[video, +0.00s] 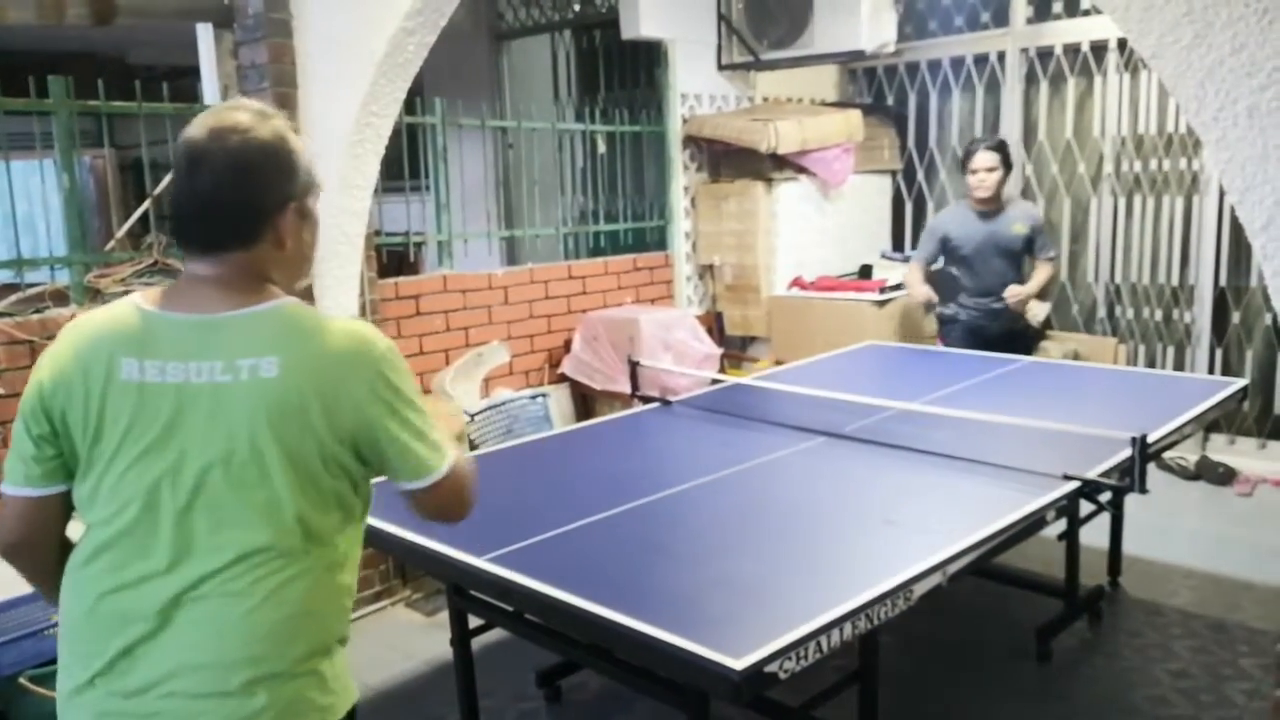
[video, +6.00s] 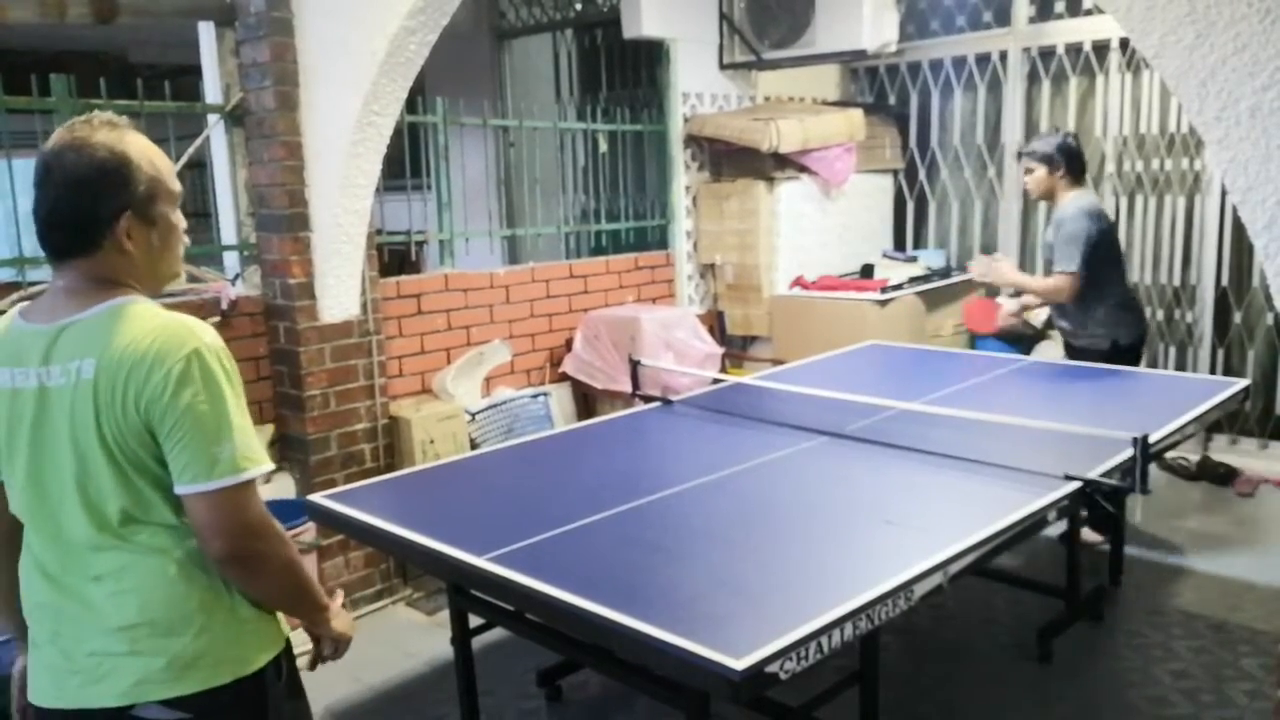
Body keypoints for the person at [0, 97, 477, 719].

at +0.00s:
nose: (315, 223)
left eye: (313, 204)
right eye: (311, 206)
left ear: (183, 215)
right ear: (287, 223)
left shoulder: (83, 346)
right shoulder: (345, 353)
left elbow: (23, 533)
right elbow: (449, 501)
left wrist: (99, 603)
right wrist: (448, 425)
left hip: (101, 697)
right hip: (276, 697)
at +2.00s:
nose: (243, 253)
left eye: (242, 234)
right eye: (236, 233)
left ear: (114, 241)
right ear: (198, 239)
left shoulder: (24, 360)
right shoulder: (255, 355)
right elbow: (292, 544)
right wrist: (355, 576)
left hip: (64, 693)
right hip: (232, 689)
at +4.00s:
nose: (276, 207)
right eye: (273, 197)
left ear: (141, 215)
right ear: (262, 216)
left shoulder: (75, 312)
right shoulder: (289, 350)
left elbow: (165, 299)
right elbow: (338, 546)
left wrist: (266, 267)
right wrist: (407, 678)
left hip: (97, 670)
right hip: (245, 677)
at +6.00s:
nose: (188, 229)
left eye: (184, 211)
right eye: (177, 212)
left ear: (53, 229)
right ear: (129, 231)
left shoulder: (13, 336)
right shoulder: (174, 345)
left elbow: (10, 521)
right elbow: (234, 536)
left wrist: (22, 639)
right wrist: (318, 611)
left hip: (61, 674)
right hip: (197, 677)